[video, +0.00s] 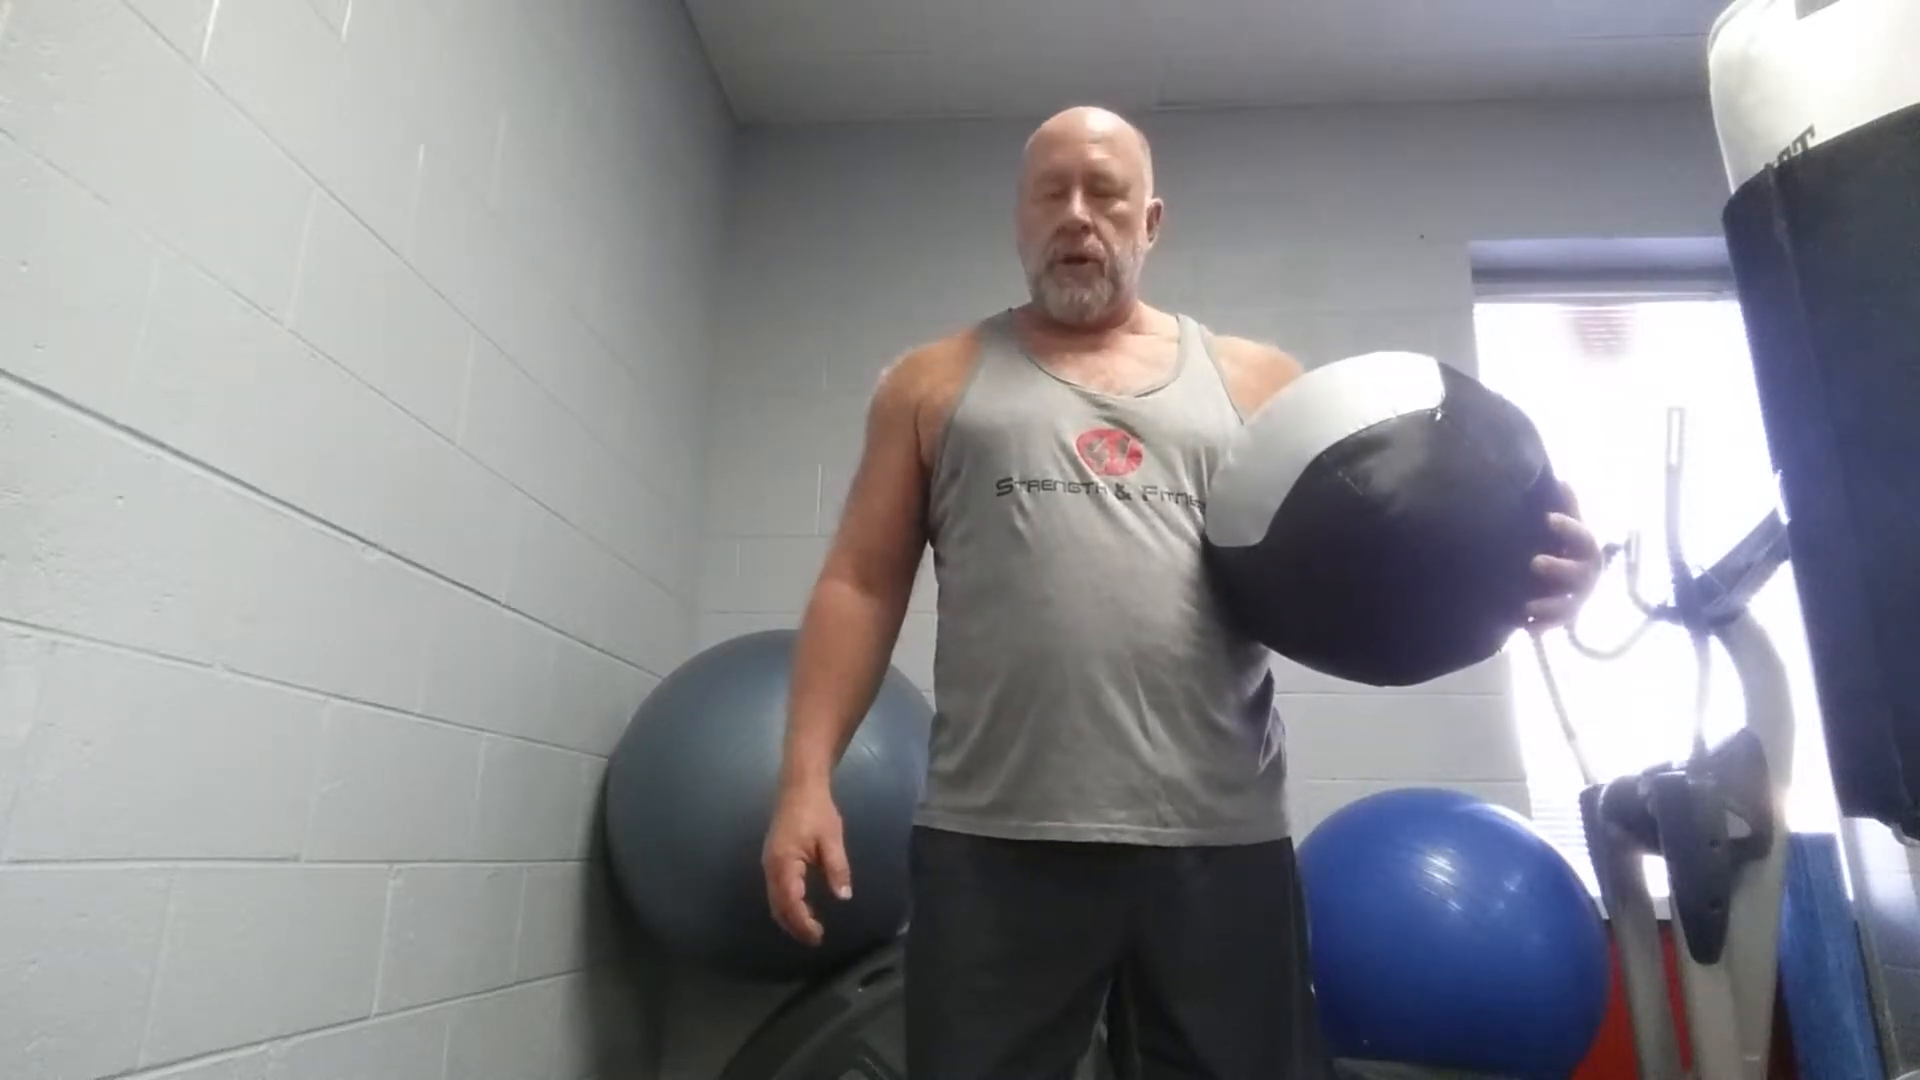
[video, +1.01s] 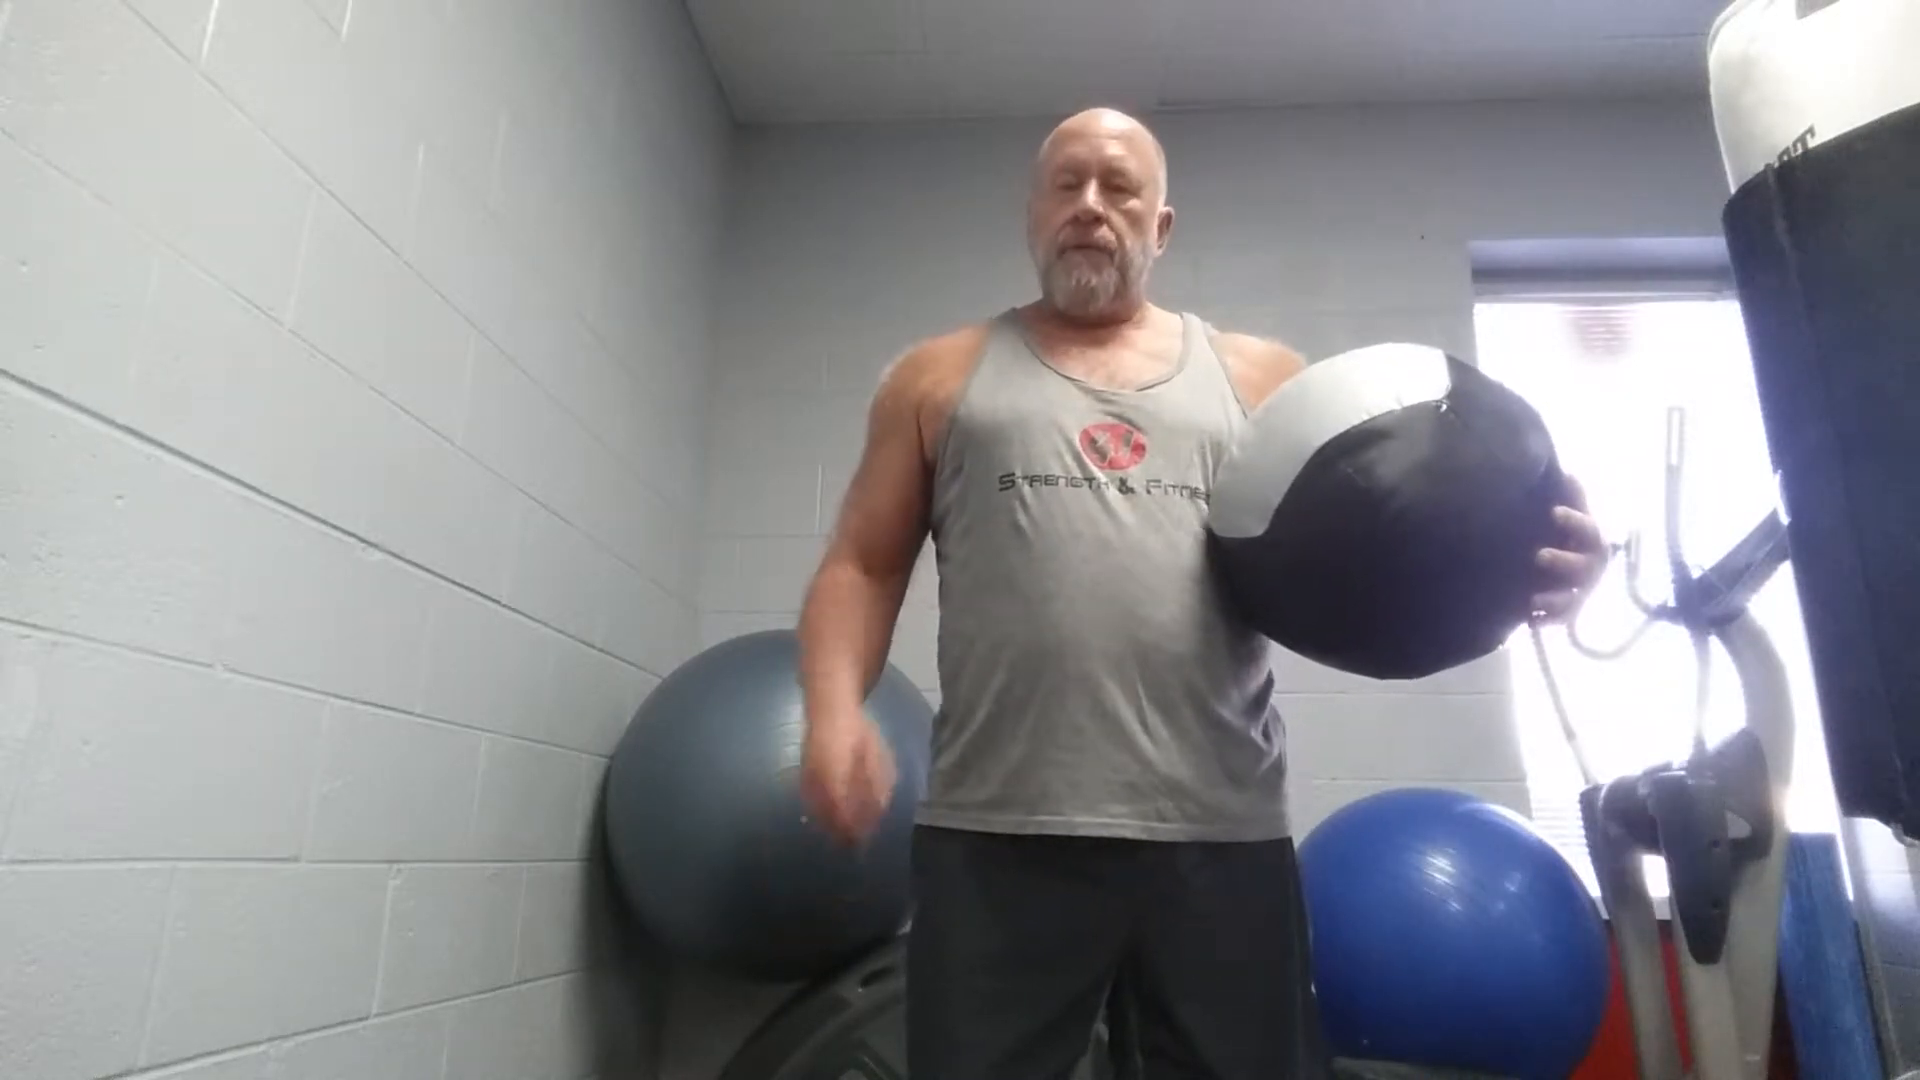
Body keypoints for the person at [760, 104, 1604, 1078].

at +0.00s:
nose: (1078, 216)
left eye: (1106, 193)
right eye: (1053, 193)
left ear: (1153, 219)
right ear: (1017, 218)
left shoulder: (1253, 379)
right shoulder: (934, 385)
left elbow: (1398, 537)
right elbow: (861, 582)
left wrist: (1539, 568)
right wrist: (805, 779)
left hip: (1220, 849)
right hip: (992, 849)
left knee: (1245, 1066)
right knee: (974, 1064)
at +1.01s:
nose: (1091, 206)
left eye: (1120, 187)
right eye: (1066, 184)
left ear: (1162, 222)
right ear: (1028, 213)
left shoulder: (1256, 374)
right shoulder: (938, 377)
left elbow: (1404, 521)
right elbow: (864, 564)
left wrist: (1545, 558)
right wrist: (832, 714)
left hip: (1222, 844)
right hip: (995, 843)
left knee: (1250, 1067)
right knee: (976, 1068)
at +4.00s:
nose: (1046, 201)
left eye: (1076, 181)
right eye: (1025, 180)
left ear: (1131, 210)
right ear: (992, 211)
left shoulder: (1237, 369)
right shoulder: (921, 386)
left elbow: (1381, 517)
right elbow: (793, 550)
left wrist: (1525, 551)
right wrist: (596, 509)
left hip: (1202, 842)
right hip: (979, 846)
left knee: (1243, 1074)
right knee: (959, 1072)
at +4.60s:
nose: (1062, 206)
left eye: (1091, 186)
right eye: (1040, 183)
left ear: (1140, 217)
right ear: (1002, 212)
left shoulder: (1237, 372)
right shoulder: (923, 387)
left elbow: (1377, 523)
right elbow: (798, 549)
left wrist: (1524, 556)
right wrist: (601, 512)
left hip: (1204, 840)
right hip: (981, 844)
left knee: (1237, 1078)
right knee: (963, 1076)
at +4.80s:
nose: (1072, 200)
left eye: (1100, 181)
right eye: (1048, 178)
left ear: (1142, 215)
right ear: (1008, 208)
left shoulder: (1237, 370)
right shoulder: (923, 378)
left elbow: (1374, 532)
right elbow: (809, 549)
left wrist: (1526, 563)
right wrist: (659, 572)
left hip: (1205, 836)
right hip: (979, 838)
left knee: (1249, 1069)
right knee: (967, 1069)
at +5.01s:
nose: (1066, 197)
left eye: (1094, 178)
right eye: (1042, 176)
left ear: (1136, 214)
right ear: (1003, 212)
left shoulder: (1233, 367)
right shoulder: (918, 376)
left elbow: (1381, 516)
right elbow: (824, 592)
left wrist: (1527, 555)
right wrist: (846, 556)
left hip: (1204, 832)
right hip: (977, 833)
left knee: (1229, 1070)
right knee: (966, 1070)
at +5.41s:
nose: (1065, 195)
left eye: (1093, 176)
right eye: (1040, 174)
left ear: (1136, 215)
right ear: (1001, 209)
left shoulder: (1232, 368)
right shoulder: (916, 374)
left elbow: (1375, 521)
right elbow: (823, 587)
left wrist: (1529, 560)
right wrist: (873, 567)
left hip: (1203, 833)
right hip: (976, 833)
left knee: (1231, 1068)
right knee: (965, 1067)